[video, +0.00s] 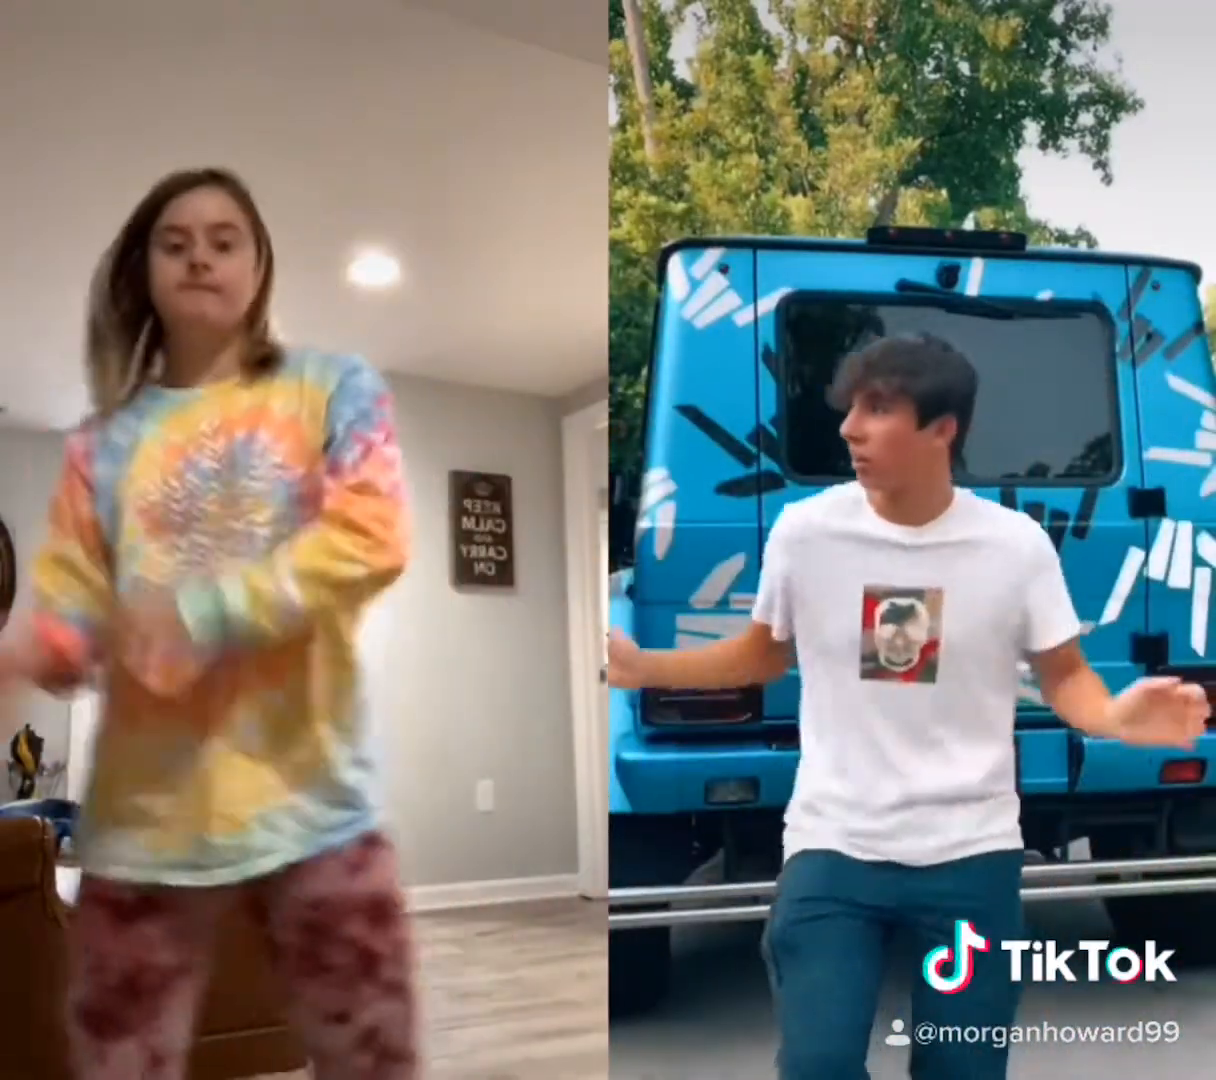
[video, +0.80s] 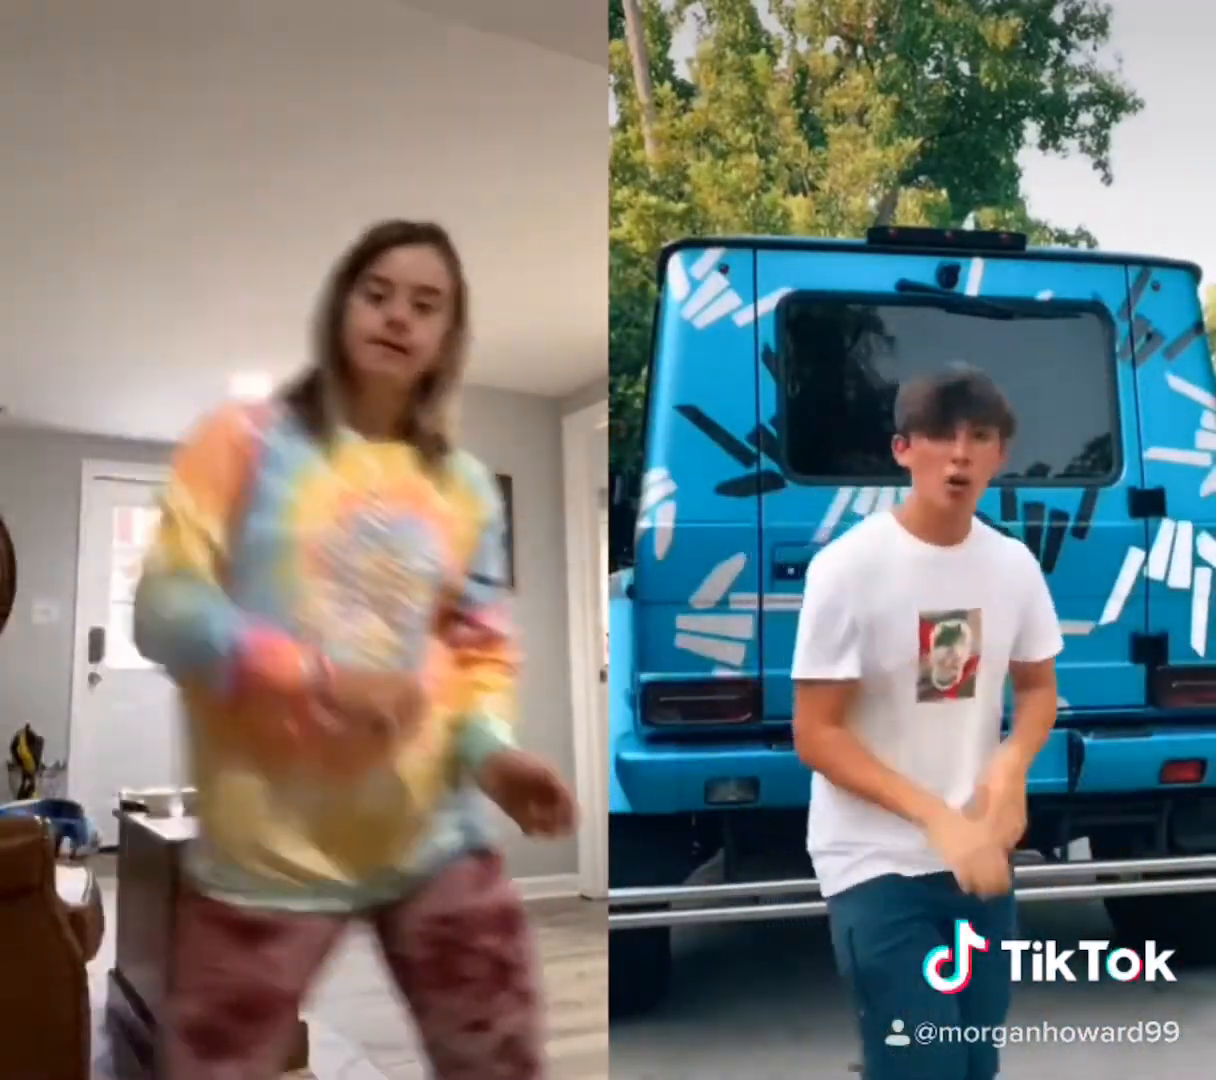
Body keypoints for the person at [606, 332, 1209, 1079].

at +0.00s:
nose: (850, 428)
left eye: (876, 409)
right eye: (849, 408)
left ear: (943, 430)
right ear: (848, 418)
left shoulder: (1016, 546)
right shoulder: (805, 534)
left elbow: (1067, 676)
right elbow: (765, 651)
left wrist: (1116, 716)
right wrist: (645, 667)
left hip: (971, 854)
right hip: (833, 849)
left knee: (963, 1063)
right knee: (816, 1059)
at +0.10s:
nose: (834, 412)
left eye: (859, 397)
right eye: (836, 394)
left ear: (924, 417)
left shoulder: (996, 528)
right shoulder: (798, 516)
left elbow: (1016, 671)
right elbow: (767, 669)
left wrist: (1036, 695)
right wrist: (664, 651)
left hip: (958, 838)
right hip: (824, 841)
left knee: (955, 1061)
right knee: (824, 1063)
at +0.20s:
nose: (846, 432)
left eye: (872, 415)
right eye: (836, 413)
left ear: (922, 438)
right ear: (822, 426)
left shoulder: (977, 558)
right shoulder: (785, 554)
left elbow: (983, 723)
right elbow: (757, 723)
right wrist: (765, 675)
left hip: (947, 845)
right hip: (815, 852)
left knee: (946, 1059)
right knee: (828, 1065)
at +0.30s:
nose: (869, 452)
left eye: (889, 437)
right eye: (851, 436)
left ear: (918, 458)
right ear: (824, 457)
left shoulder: (964, 571)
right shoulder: (779, 574)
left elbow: (960, 719)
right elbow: (751, 710)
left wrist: (856, 613)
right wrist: (859, 624)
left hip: (938, 851)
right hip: (812, 862)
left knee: (951, 1058)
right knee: (828, 1068)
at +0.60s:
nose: (909, 421)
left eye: (929, 405)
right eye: (892, 404)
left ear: (955, 424)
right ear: (861, 419)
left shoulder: (994, 544)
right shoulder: (804, 534)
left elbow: (1017, 703)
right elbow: (804, 684)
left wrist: (895, 651)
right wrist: (939, 630)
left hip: (962, 840)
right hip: (836, 847)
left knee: (947, 1055)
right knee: (849, 1056)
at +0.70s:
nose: (934, 446)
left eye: (952, 429)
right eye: (915, 429)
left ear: (978, 449)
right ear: (883, 448)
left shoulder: (1011, 566)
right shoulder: (828, 567)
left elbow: (1037, 700)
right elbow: (815, 730)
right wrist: (953, 722)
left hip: (973, 855)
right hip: (855, 865)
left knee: (963, 1062)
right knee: (876, 1063)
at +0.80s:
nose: (961, 454)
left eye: (978, 439)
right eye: (942, 436)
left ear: (1000, 457)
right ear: (904, 450)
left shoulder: (1015, 568)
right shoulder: (846, 570)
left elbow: (1038, 689)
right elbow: (815, 732)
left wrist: (1010, 769)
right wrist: (941, 819)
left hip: (980, 857)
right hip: (877, 862)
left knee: (976, 1061)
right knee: (916, 1062)